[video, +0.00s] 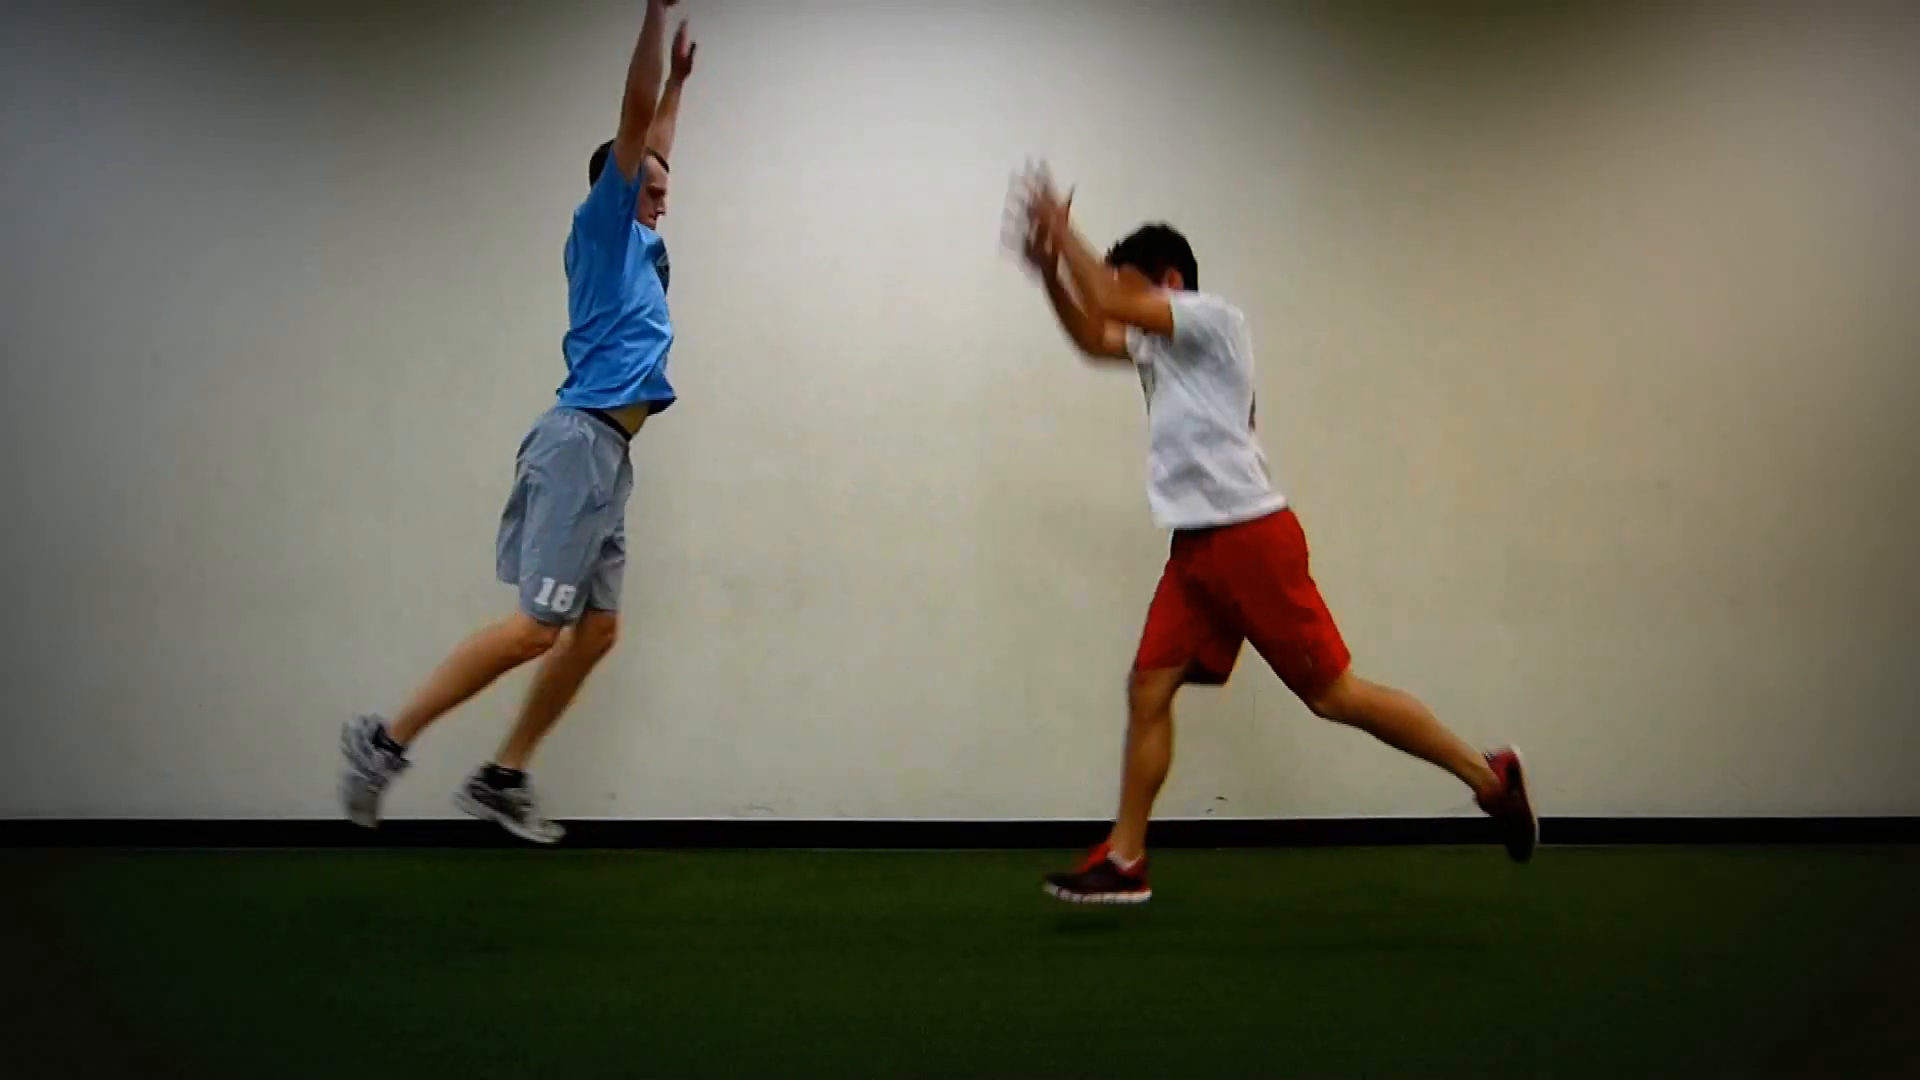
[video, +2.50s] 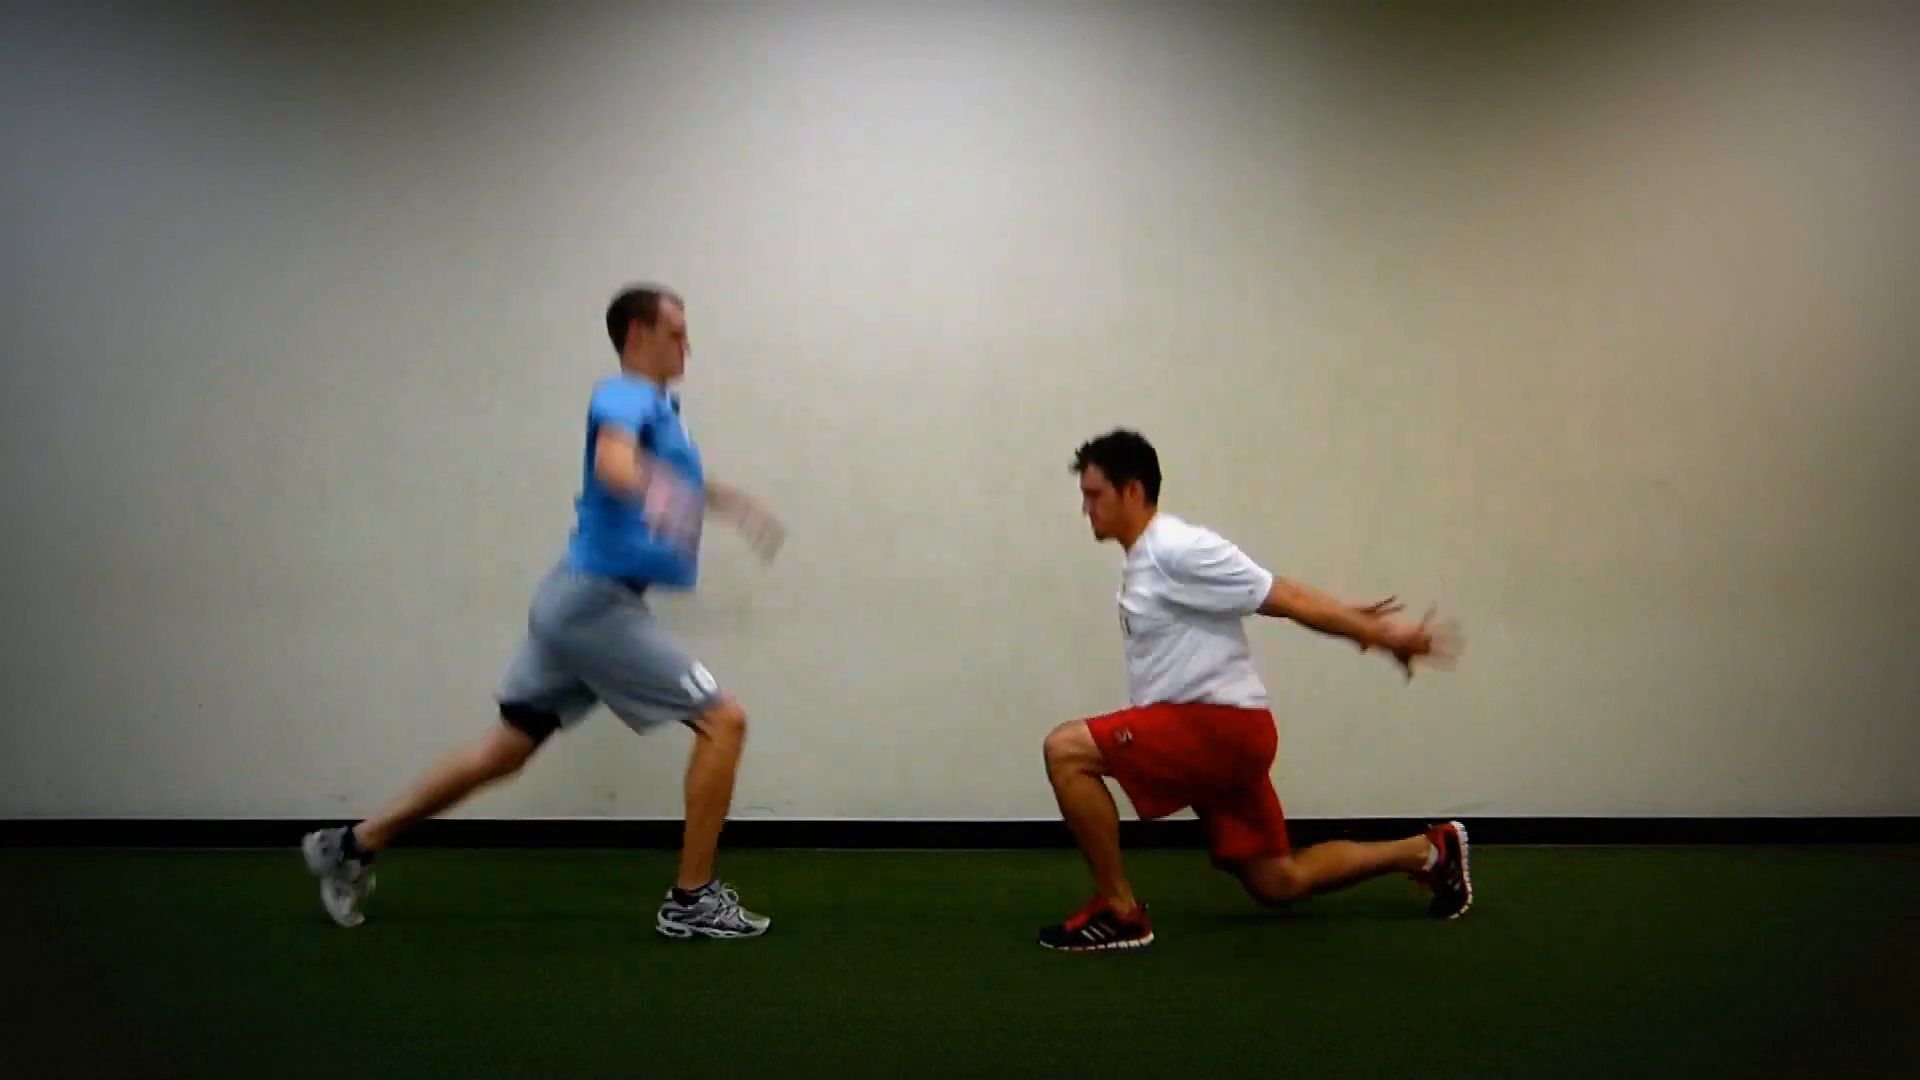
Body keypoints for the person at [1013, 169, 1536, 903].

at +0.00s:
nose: (1120, 299)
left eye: (1127, 286)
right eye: (1117, 288)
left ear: (1168, 278)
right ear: (1159, 282)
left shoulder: (1213, 320)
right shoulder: (1158, 344)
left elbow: (1112, 304)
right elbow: (1092, 340)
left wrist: (1064, 236)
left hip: (1252, 538)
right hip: (1197, 548)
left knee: (1334, 694)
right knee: (1149, 689)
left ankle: (1490, 780)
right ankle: (1123, 858)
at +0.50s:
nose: (1163, 504)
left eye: (1171, 491)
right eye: (1161, 492)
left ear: (1212, 486)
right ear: (1196, 488)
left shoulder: (1267, 551)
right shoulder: (1203, 563)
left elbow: (1353, 627)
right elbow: (1222, 669)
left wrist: (1412, 712)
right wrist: (1194, 761)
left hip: (1283, 754)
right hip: (1214, 727)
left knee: (1357, 919)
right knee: (1090, 734)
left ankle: (1524, 875)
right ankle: (1118, 899)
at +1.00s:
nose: (1184, 483)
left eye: (1192, 469)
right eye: (1183, 471)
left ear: (1233, 466)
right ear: (1220, 470)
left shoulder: (1275, 530)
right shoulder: (1240, 535)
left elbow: (1341, 621)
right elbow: (1270, 644)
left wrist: (1374, 723)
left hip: (1293, 735)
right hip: (1228, 711)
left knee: (1367, 904)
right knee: (1105, 729)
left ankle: (1538, 880)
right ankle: (1117, 898)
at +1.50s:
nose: (1165, 497)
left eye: (1174, 485)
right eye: (1163, 485)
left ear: (1216, 484)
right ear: (1202, 484)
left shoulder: (1255, 551)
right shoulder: (1215, 549)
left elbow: (1344, 643)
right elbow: (1284, 638)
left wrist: (1420, 716)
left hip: (1292, 747)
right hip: (1229, 720)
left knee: (1370, 910)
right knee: (1103, 730)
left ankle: (1543, 882)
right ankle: (1118, 901)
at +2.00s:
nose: (1121, 205)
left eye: (1129, 186)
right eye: (1116, 195)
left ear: (1164, 187)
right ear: (1131, 206)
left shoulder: (1198, 236)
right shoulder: (1148, 261)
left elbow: (1120, 167)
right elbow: (1085, 200)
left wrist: (1076, 89)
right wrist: (1054, 109)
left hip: (1253, 459)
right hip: (1202, 471)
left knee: (1289, 631)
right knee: (1223, 633)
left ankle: (1319, 812)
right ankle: (1317, 772)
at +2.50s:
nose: (1085, 507)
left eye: (1092, 494)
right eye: (1083, 495)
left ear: (1131, 491)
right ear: (1127, 492)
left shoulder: (1178, 550)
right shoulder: (1148, 556)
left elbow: (1281, 598)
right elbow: (1272, 594)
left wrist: (1377, 634)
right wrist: (1352, 616)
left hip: (1223, 726)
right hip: (1215, 728)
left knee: (1066, 749)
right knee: (1276, 882)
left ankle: (1119, 911)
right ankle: (1426, 850)